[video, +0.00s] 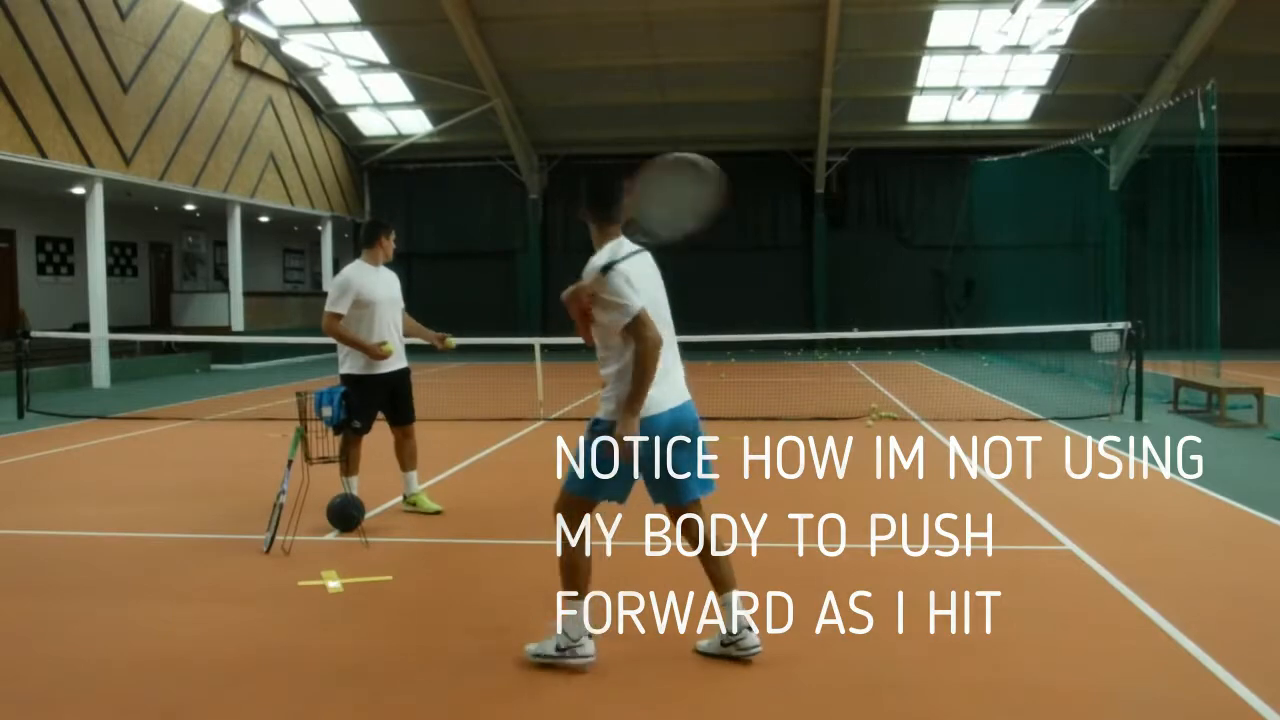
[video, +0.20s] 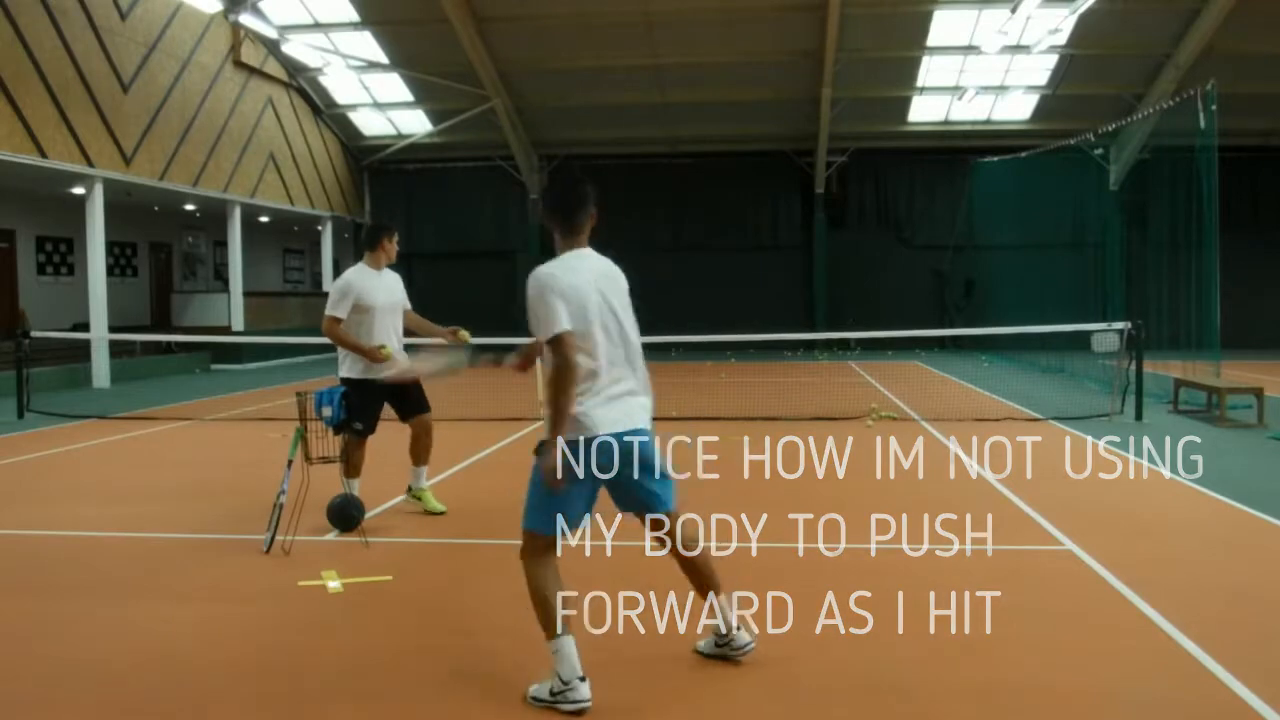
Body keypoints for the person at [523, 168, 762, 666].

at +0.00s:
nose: (580, 214)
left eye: (580, 207)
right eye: (617, 202)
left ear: (582, 212)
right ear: (624, 208)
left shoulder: (606, 274)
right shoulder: (642, 259)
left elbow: (651, 339)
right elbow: (605, 341)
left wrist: (629, 415)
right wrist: (582, 314)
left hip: (624, 420)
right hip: (676, 413)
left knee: (570, 510)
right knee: (691, 520)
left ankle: (573, 633)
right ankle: (738, 626)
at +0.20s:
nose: (570, 221)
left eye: (547, 213)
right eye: (587, 212)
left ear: (544, 219)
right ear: (592, 217)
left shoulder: (546, 278)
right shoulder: (612, 271)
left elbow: (567, 359)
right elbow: (601, 334)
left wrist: (555, 439)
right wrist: (536, 349)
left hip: (579, 437)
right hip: (634, 428)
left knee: (537, 548)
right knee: (669, 529)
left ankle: (569, 678)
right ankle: (731, 627)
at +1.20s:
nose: (540, 206)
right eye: (540, 198)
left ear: (488, 201)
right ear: (536, 204)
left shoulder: (461, 268)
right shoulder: (526, 273)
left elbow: (475, 360)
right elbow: (541, 375)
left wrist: (546, 360)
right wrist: (560, 410)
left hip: (444, 450)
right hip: (497, 454)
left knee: (452, 574)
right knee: (548, 588)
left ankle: (398, 704)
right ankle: (518, 713)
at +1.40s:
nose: (569, 205)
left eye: (566, 197)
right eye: (569, 196)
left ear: (518, 199)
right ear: (563, 199)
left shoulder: (497, 260)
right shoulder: (548, 267)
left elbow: (528, 354)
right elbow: (571, 371)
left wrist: (597, 351)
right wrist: (607, 401)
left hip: (470, 438)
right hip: (511, 443)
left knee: (509, 554)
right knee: (551, 586)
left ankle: (441, 660)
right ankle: (519, 711)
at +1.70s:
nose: (604, 224)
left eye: (601, 214)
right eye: (602, 214)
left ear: (554, 216)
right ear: (594, 218)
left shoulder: (581, 279)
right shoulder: (551, 273)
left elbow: (639, 326)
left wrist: (701, 291)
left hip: (550, 449)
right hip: (529, 450)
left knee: (583, 551)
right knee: (553, 582)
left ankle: (519, 671)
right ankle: (518, 708)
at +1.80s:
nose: (619, 229)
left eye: (618, 221)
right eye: (618, 220)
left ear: (577, 222)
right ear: (608, 223)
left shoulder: (594, 279)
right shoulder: (558, 275)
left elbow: (651, 310)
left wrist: (712, 280)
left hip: (559, 442)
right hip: (546, 444)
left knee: (580, 561)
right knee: (595, 568)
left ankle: (520, 666)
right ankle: (535, 703)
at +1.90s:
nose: (644, 231)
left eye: (643, 223)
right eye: (639, 222)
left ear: (626, 226)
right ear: (621, 222)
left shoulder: (635, 274)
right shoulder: (573, 261)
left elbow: (689, 300)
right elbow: (557, 288)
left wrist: (733, 269)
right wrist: (619, 258)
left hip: (583, 433)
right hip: (560, 433)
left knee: (584, 554)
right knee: (622, 546)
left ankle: (519, 662)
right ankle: (579, 679)